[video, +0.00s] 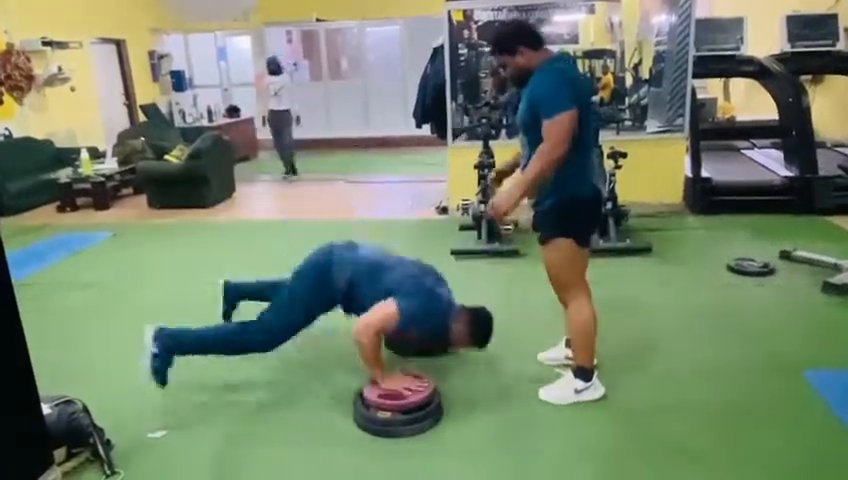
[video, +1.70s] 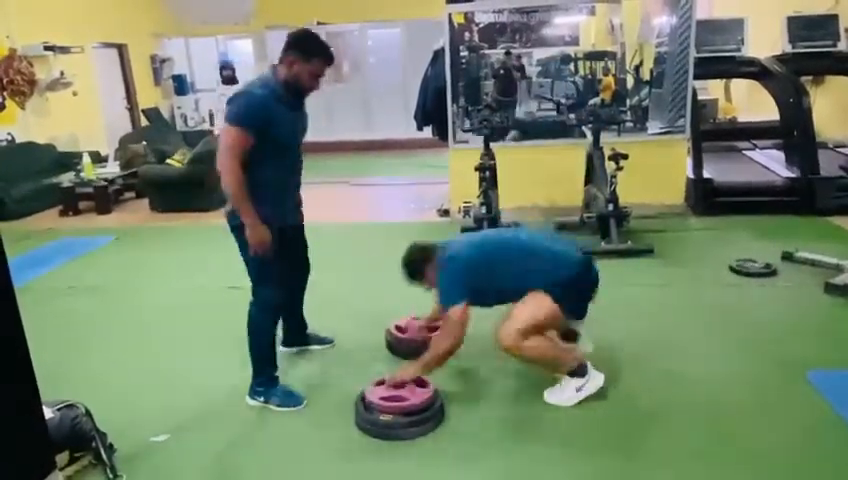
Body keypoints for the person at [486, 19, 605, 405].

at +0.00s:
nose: (504, 72)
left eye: (504, 63)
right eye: (501, 65)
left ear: (521, 52)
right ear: (526, 50)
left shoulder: (553, 79)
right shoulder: (549, 75)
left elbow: (556, 146)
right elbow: (544, 140)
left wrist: (513, 193)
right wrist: (512, 170)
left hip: (567, 199)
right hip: (563, 196)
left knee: (572, 290)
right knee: (569, 281)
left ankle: (585, 378)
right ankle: (576, 347)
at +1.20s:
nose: (487, 95)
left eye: (487, 86)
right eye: (484, 88)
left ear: (502, 75)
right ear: (506, 73)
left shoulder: (529, 98)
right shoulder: (535, 91)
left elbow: (538, 164)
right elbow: (539, 162)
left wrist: (516, 220)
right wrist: (521, 212)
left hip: (574, 207)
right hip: (571, 204)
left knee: (552, 291)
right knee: (553, 284)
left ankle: (586, 378)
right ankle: (575, 347)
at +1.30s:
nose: (483, 127)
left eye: (483, 118)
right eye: (480, 119)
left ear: (495, 108)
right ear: (505, 104)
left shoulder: (517, 130)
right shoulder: (534, 120)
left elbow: (525, 192)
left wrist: (493, 240)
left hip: (578, 229)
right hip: (567, 223)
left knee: (535, 307)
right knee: (526, 281)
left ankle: (583, 377)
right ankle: (572, 346)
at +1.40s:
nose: (478, 170)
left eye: (478, 162)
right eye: (475, 163)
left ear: (491, 152)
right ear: (498, 146)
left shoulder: (518, 175)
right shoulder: (517, 163)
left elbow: (509, 248)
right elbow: (506, 221)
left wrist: (468, 286)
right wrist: (478, 249)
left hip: (576, 267)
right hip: (558, 257)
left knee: (514, 323)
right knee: (509, 290)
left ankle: (578, 375)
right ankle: (566, 340)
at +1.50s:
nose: (469, 214)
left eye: (471, 207)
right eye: (467, 208)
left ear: (486, 200)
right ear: (490, 195)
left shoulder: (512, 220)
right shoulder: (508, 207)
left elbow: (494, 289)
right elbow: (491, 261)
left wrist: (448, 325)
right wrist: (456, 284)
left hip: (575, 306)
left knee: (500, 336)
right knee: (498, 299)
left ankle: (575, 372)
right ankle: (564, 338)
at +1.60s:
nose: (452, 252)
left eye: (451, 245)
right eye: (448, 246)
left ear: (464, 234)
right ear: (467, 226)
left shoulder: (490, 247)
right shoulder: (488, 230)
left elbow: (469, 318)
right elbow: (470, 285)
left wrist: (427, 355)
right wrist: (439, 310)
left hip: (574, 312)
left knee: (498, 339)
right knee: (491, 298)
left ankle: (574, 371)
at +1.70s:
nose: (429, 286)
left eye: (425, 282)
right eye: (425, 283)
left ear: (427, 271)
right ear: (431, 255)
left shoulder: (452, 270)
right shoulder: (451, 253)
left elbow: (452, 338)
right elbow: (450, 298)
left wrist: (414, 370)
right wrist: (430, 320)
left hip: (572, 276)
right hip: (570, 259)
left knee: (512, 338)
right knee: (519, 313)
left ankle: (581, 373)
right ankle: (569, 340)